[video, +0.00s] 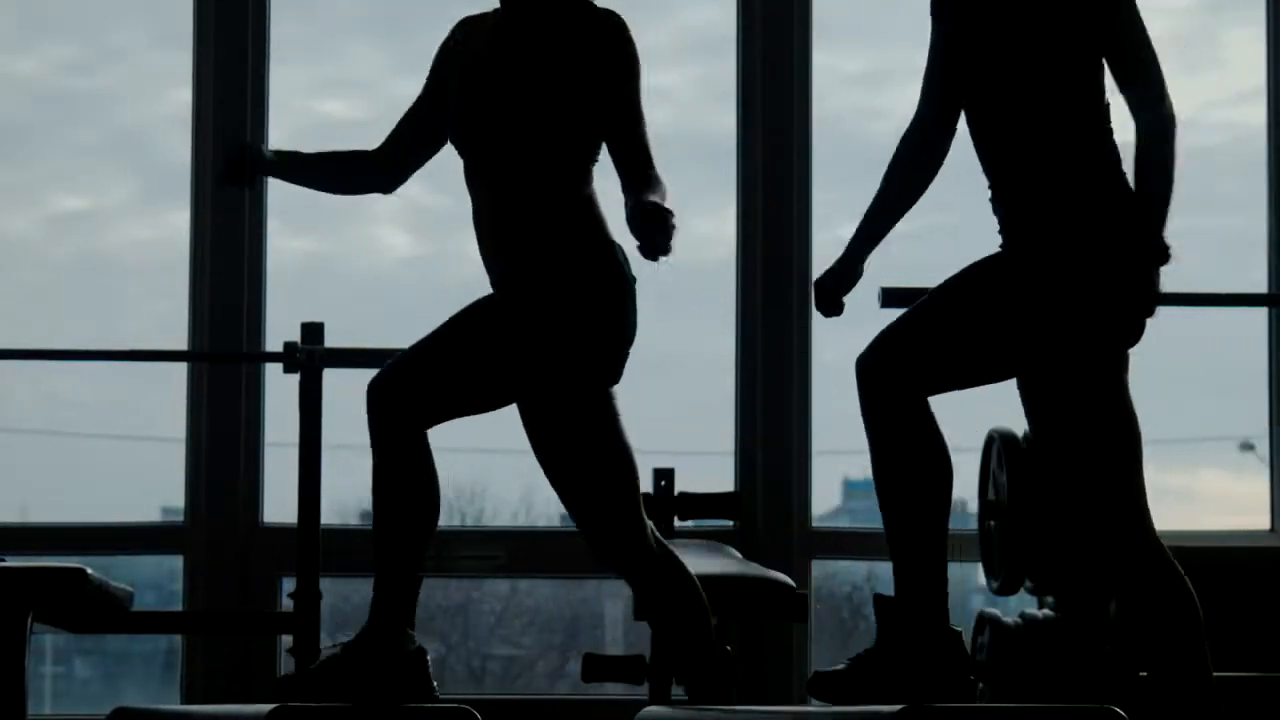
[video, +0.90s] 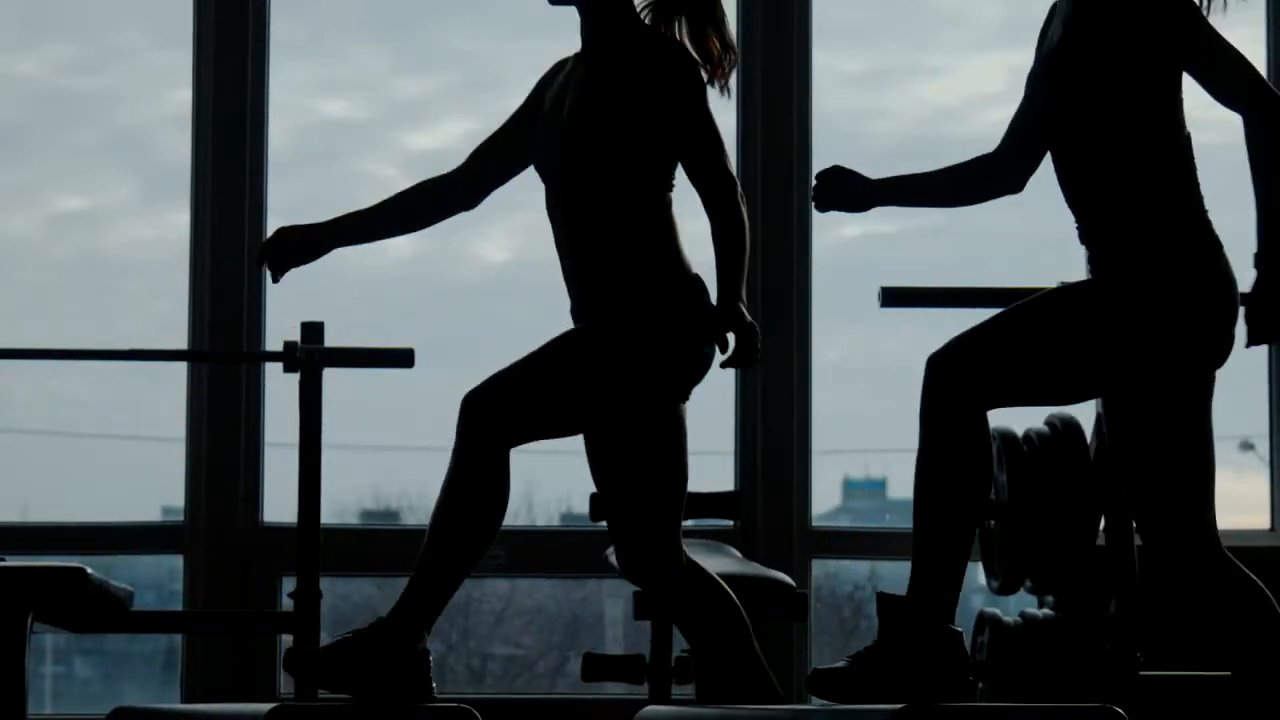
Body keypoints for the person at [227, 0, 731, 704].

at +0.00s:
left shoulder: (598, 34)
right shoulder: (473, 43)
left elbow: (636, 167)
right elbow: (384, 168)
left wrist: (649, 213)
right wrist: (268, 162)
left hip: (576, 298)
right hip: (528, 298)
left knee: (397, 398)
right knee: (619, 531)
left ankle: (388, 643)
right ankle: (723, 700)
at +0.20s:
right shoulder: (458, 2)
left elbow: (434, 41)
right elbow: (416, 43)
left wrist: (317, 17)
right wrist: (307, 18)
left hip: (534, 216)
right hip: (483, 211)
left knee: (382, 398)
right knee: (336, 385)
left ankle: (386, 642)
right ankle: (484, 577)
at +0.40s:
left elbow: (367, 20)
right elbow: (560, 93)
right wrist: (584, 238)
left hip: (533, 194)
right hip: (472, 171)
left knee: (402, 387)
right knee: (301, 93)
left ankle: (385, 642)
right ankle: (321, 326)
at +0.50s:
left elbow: (399, 37)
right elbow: (516, 120)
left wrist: (256, 65)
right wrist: (543, 266)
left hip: (539, 203)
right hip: (481, 183)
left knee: (402, 393)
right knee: (301, 134)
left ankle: (386, 643)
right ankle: (340, 356)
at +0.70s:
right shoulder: (499, 5)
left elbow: (518, 127)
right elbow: (496, 128)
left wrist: (409, 232)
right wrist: (407, 232)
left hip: (563, 216)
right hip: (519, 214)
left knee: (441, 410)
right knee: (404, 409)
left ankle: (388, 640)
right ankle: (541, 591)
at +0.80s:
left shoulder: (637, 10)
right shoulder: (535, 20)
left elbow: (654, 136)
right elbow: (476, 143)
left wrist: (635, 242)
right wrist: (354, 225)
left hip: (598, 275)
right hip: (557, 274)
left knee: (452, 407)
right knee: (553, 491)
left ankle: (390, 641)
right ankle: (662, 670)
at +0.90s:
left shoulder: (662, 66)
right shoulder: (562, 84)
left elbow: (722, 193)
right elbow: (461, 187)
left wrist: (734, 299)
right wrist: (326, 236)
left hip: (660, 331)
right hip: (611, 334)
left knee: (490, 412)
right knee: (651, 555)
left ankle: (402, 637)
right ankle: (768, 712)